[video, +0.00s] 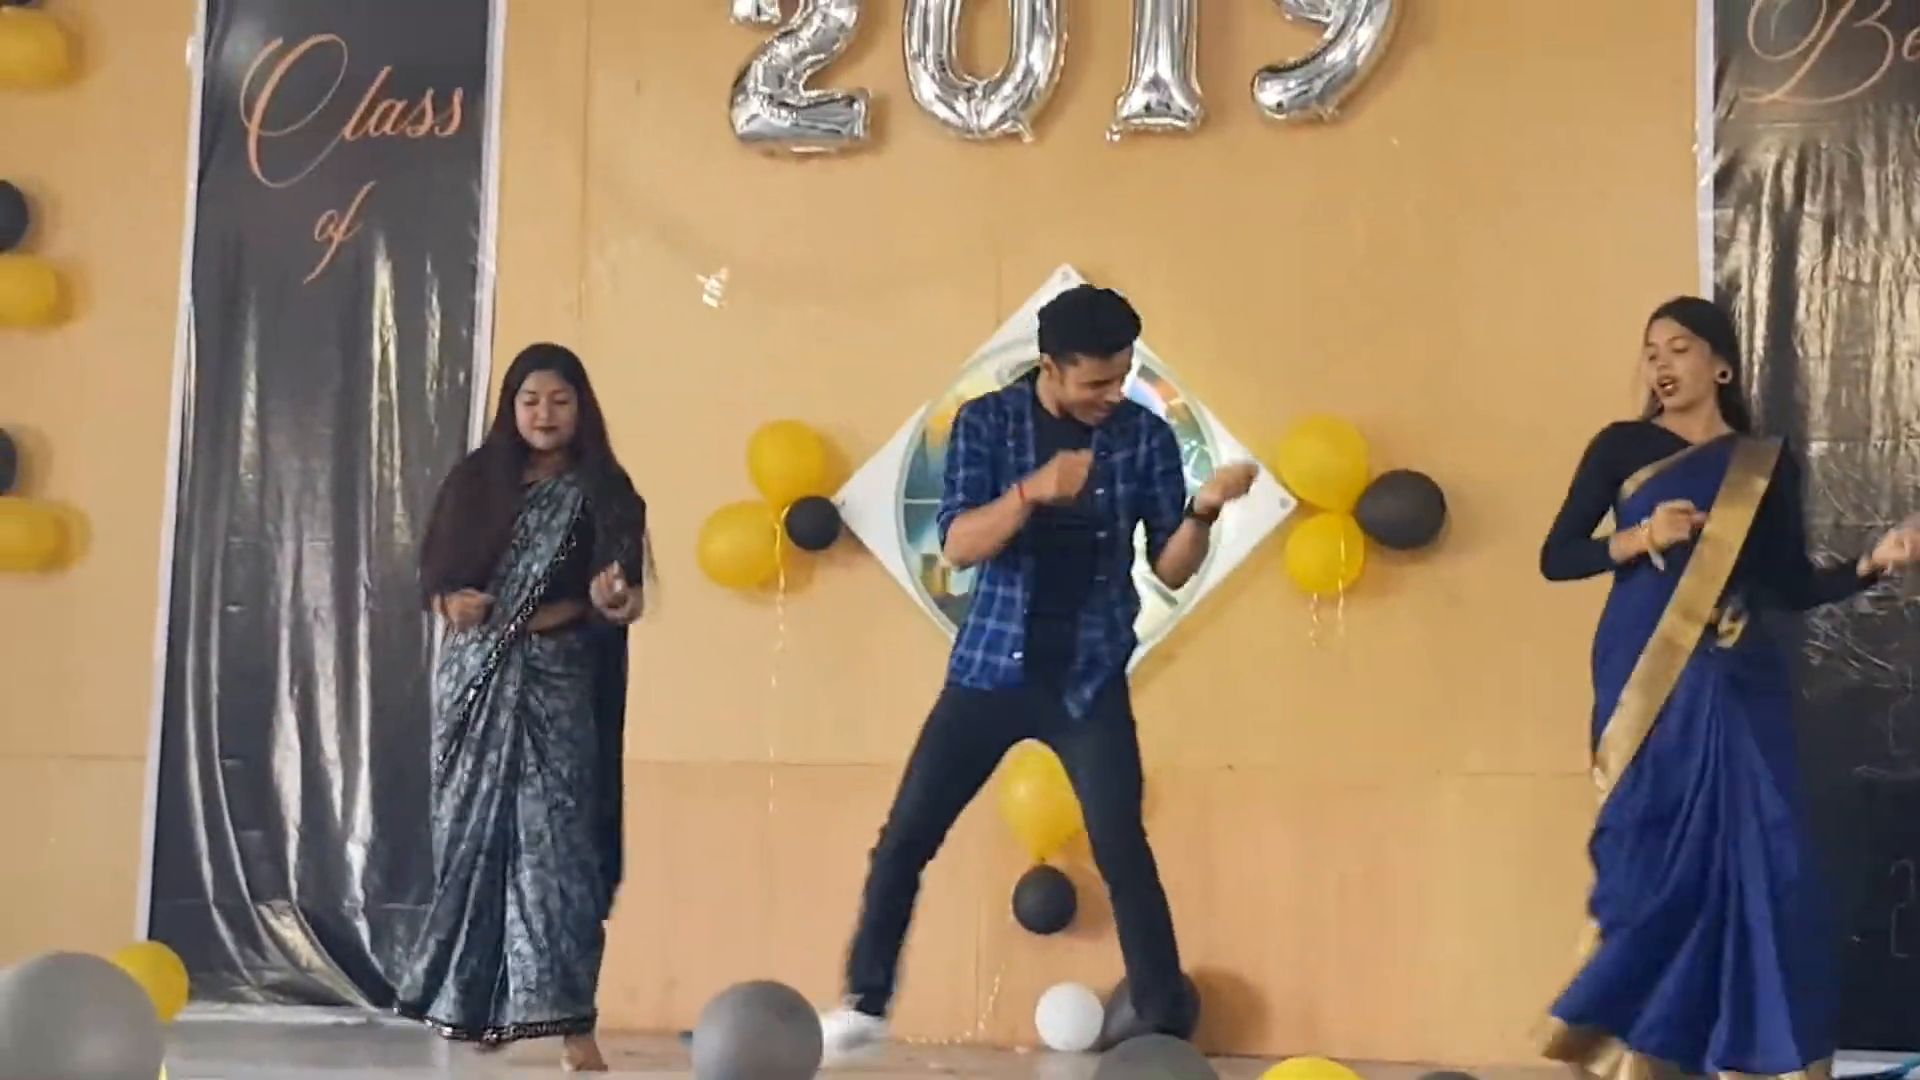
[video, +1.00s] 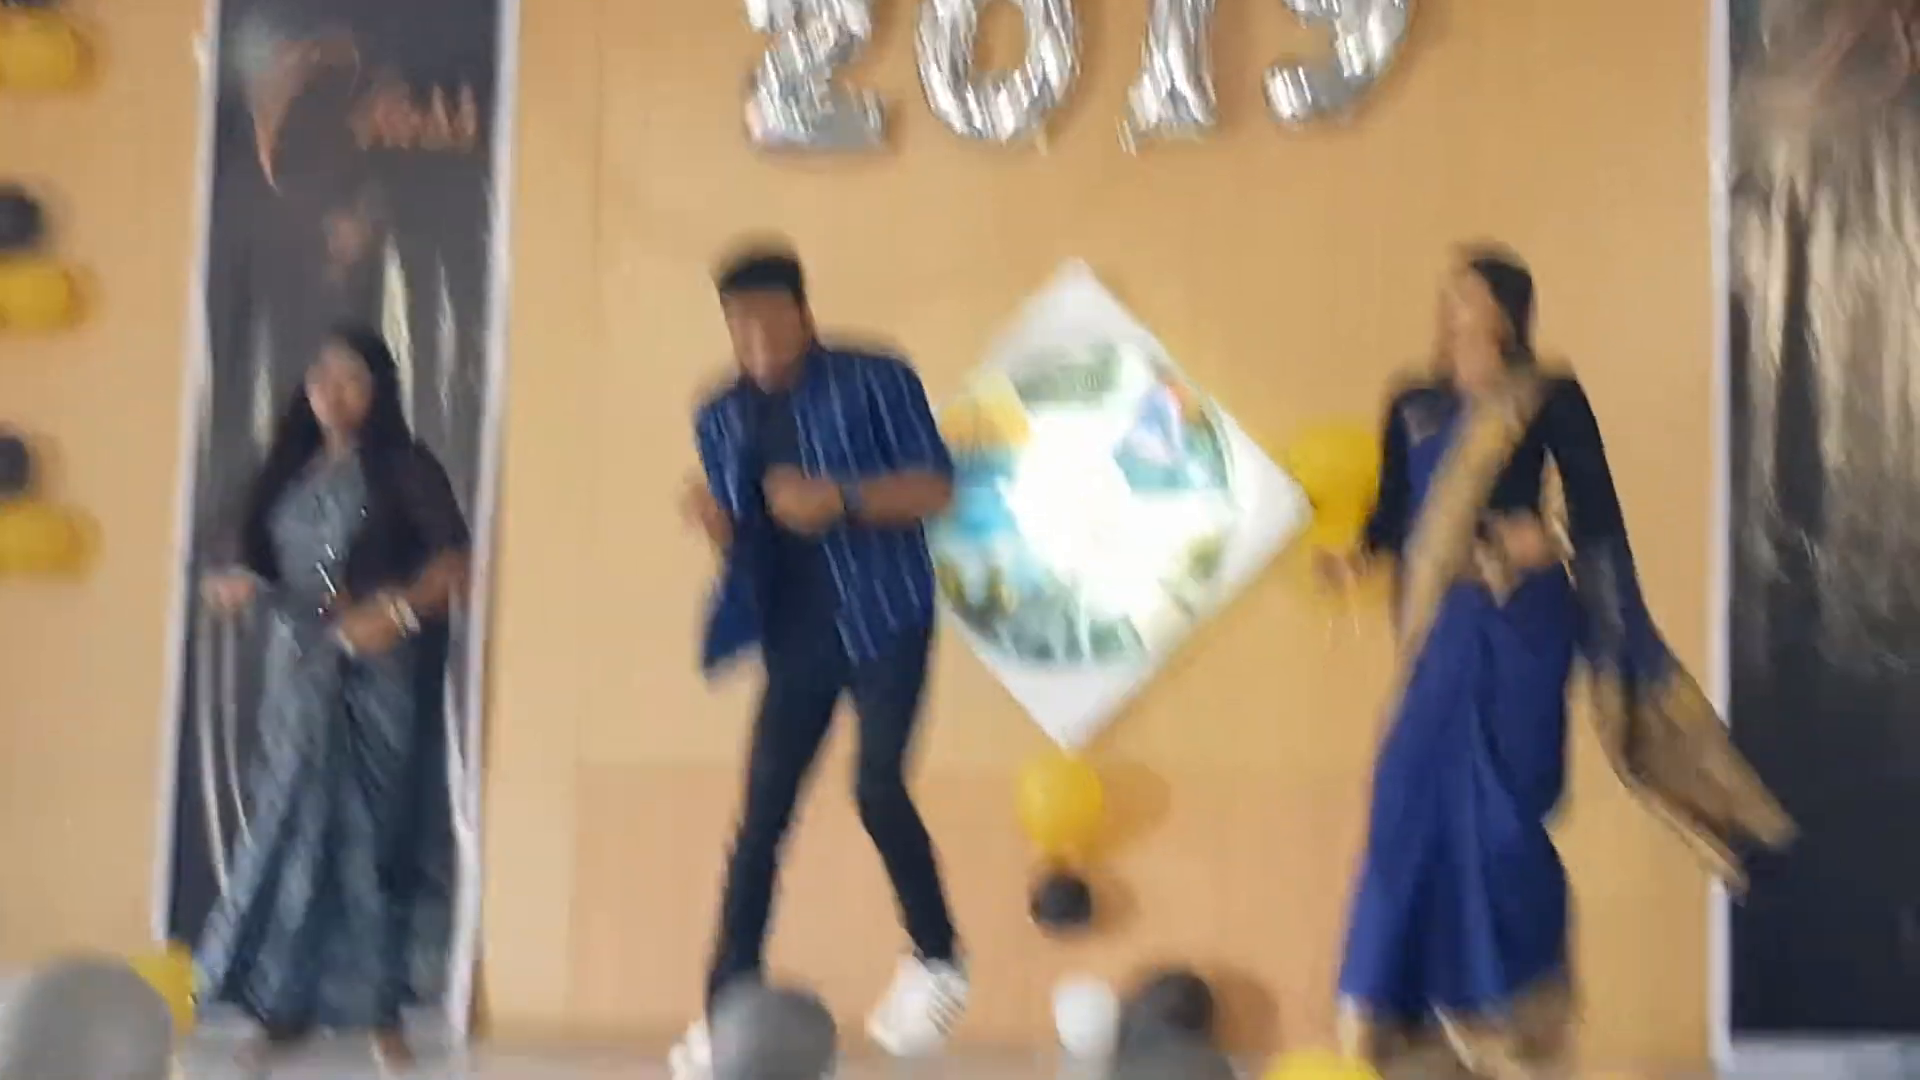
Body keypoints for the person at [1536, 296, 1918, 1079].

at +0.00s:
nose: (1660, 364)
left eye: (1678, 349)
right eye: (1651, 352)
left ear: (1721, 362)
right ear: (1644, 367)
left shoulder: (1767, 462)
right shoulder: (1618, 446)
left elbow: (1786, 586)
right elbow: (1558, 557)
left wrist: (1866, 566)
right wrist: (1638, 537)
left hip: (1741, 669)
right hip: (1641, 670)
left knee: (1760, 844)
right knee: (1659, 851)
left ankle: (1760, 1047)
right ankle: (1650, 1041)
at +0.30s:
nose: (1682, 451)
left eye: (1699, 436)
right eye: (1674, 437)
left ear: (1741, 445)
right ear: (1664, 446)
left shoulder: (1790, 532)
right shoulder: (1642, 537)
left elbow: (1819, 681)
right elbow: (1622, 658)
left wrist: (1825, 620)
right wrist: (1650, 665)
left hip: (1780, 755)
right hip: (1688, 762)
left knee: (1793, 943)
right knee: (1706, 944)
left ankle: (1803, 1066)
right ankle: (1720, 1067)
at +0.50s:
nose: (1616, 465)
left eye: (1632, 447)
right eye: (1606, 454)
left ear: (1675, 453)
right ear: (1601, 468)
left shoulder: (1740, 523)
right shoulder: (1598, 559)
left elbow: (1805, 618)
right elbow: (1584, 690)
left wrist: (1708, 595)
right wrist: (1563, 656)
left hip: (1743, 760)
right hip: (1644, 770)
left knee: (1751, 936)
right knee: (1626, 931)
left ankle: (1758, 1065)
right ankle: (1641, 1065)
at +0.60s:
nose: (1572, 463)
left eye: (1589, 447)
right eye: (1565, 453)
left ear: (1634, 456)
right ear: (1563, 467)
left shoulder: (1691, 510)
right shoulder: (1561, 571)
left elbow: (1762, 620)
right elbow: (1558, 707)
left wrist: (1662, 646)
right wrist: (1504, 646)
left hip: (1697, 764)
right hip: (1606, 776)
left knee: (1698, 945)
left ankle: (1707, 1068)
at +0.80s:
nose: (1492, 455)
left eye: (1510, 442)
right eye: (1488, 442)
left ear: (1555, 460)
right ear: (1481, 457)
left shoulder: (1603, 551)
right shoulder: (1458, 553)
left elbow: (1665, 675)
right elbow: (1436, 680)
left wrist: (1608, 710)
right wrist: (1396, 644)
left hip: (1586, 787)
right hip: (1488, 790)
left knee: (1615, 964)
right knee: (1459, 952)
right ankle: (1457, 1068)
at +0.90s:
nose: (1466, 404)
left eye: (1483, 392)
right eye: (1465, 390)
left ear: (1527, 409)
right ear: (1463, 402)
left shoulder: (1571, 497)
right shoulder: (1424, 498)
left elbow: (1628, 620)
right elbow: (1389, 598)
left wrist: (1574, 633)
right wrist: (1357, 610)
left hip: (1547, 726)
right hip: (1455, 728)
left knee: (1555, 914)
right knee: (1434, 900)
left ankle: (1624, 1057)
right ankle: (1431, 1065)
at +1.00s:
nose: (1453, 316)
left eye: (1468, 302)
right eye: (1449, 302)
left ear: (1508, 314)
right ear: (1441, 314)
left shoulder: (1552, 398)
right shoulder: (1416, 404)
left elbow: (1599, 524)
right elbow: (1395, 509)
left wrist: (1542, 545)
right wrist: (1361, 551)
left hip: (1524, 623)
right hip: (1443, 624)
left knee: (1505, 805)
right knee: (1408, 786)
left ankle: (1525, 1004)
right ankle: (1388, 1002)